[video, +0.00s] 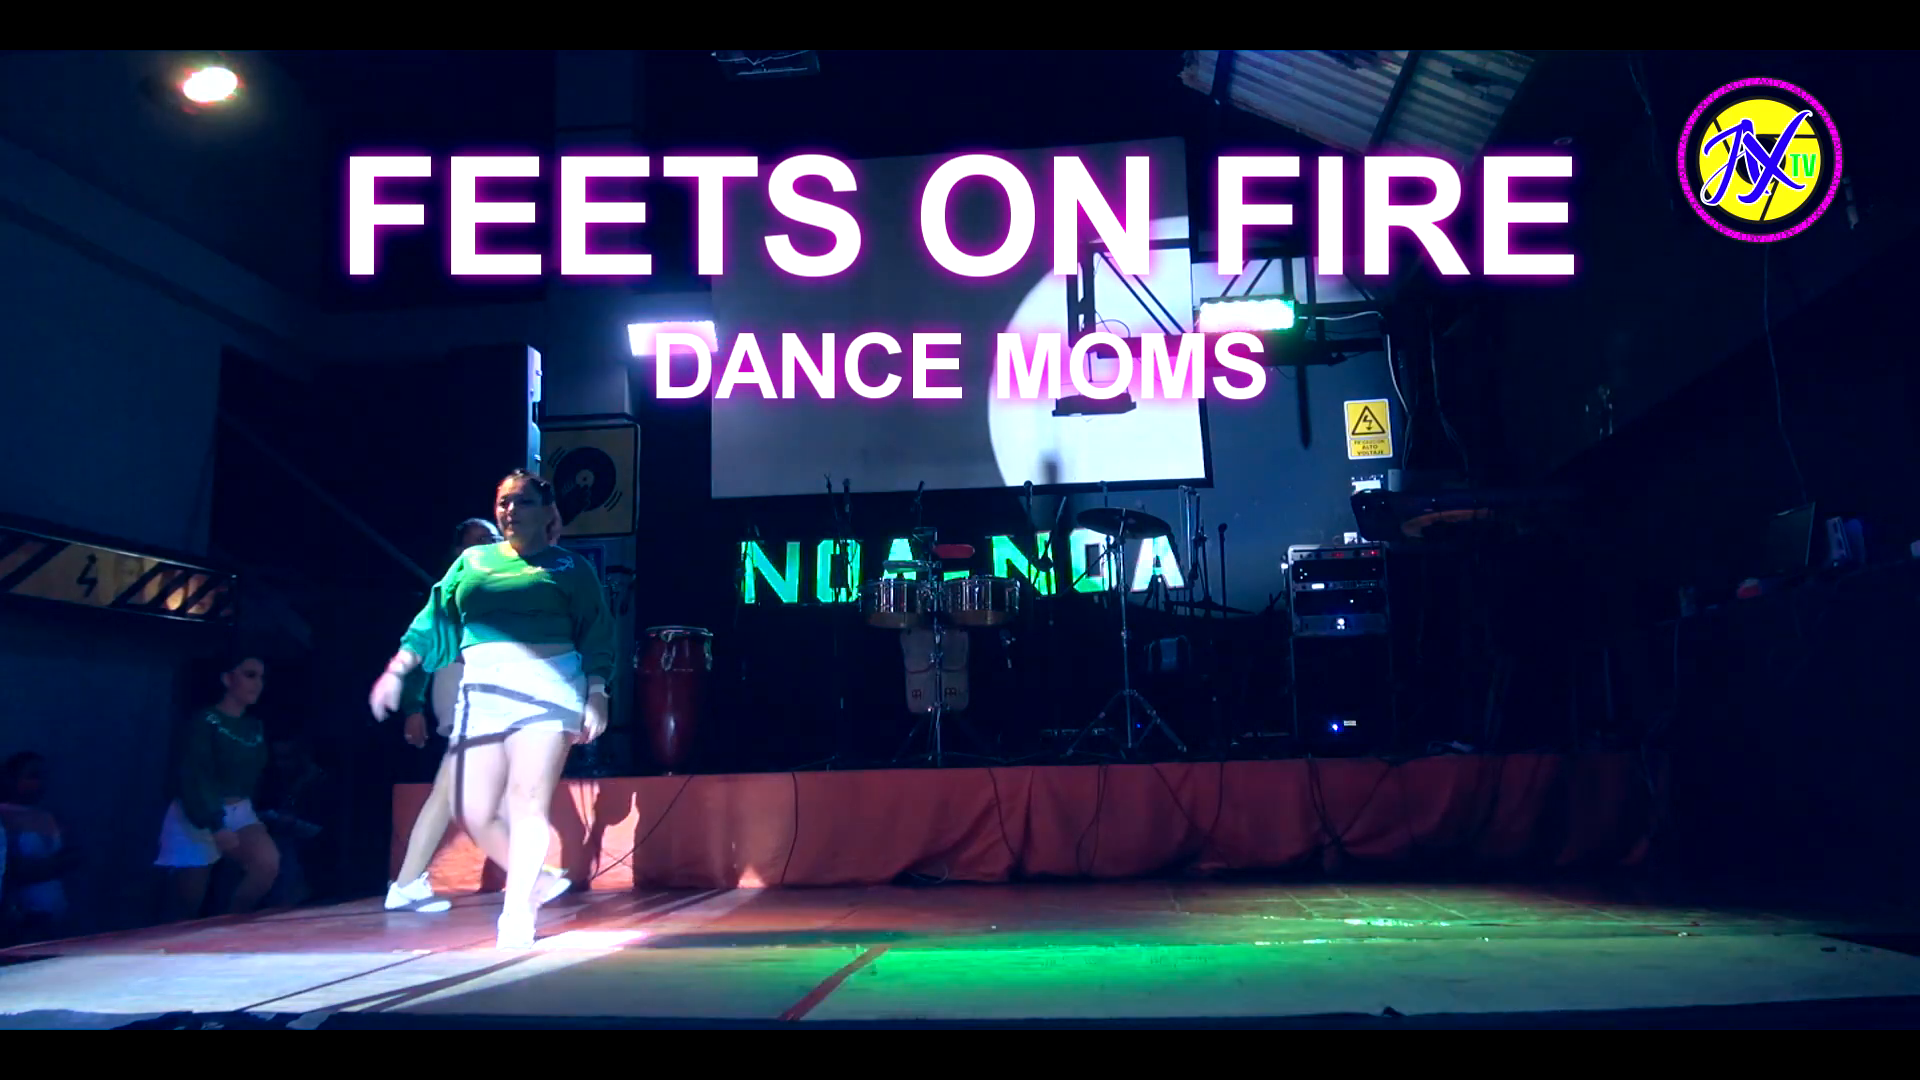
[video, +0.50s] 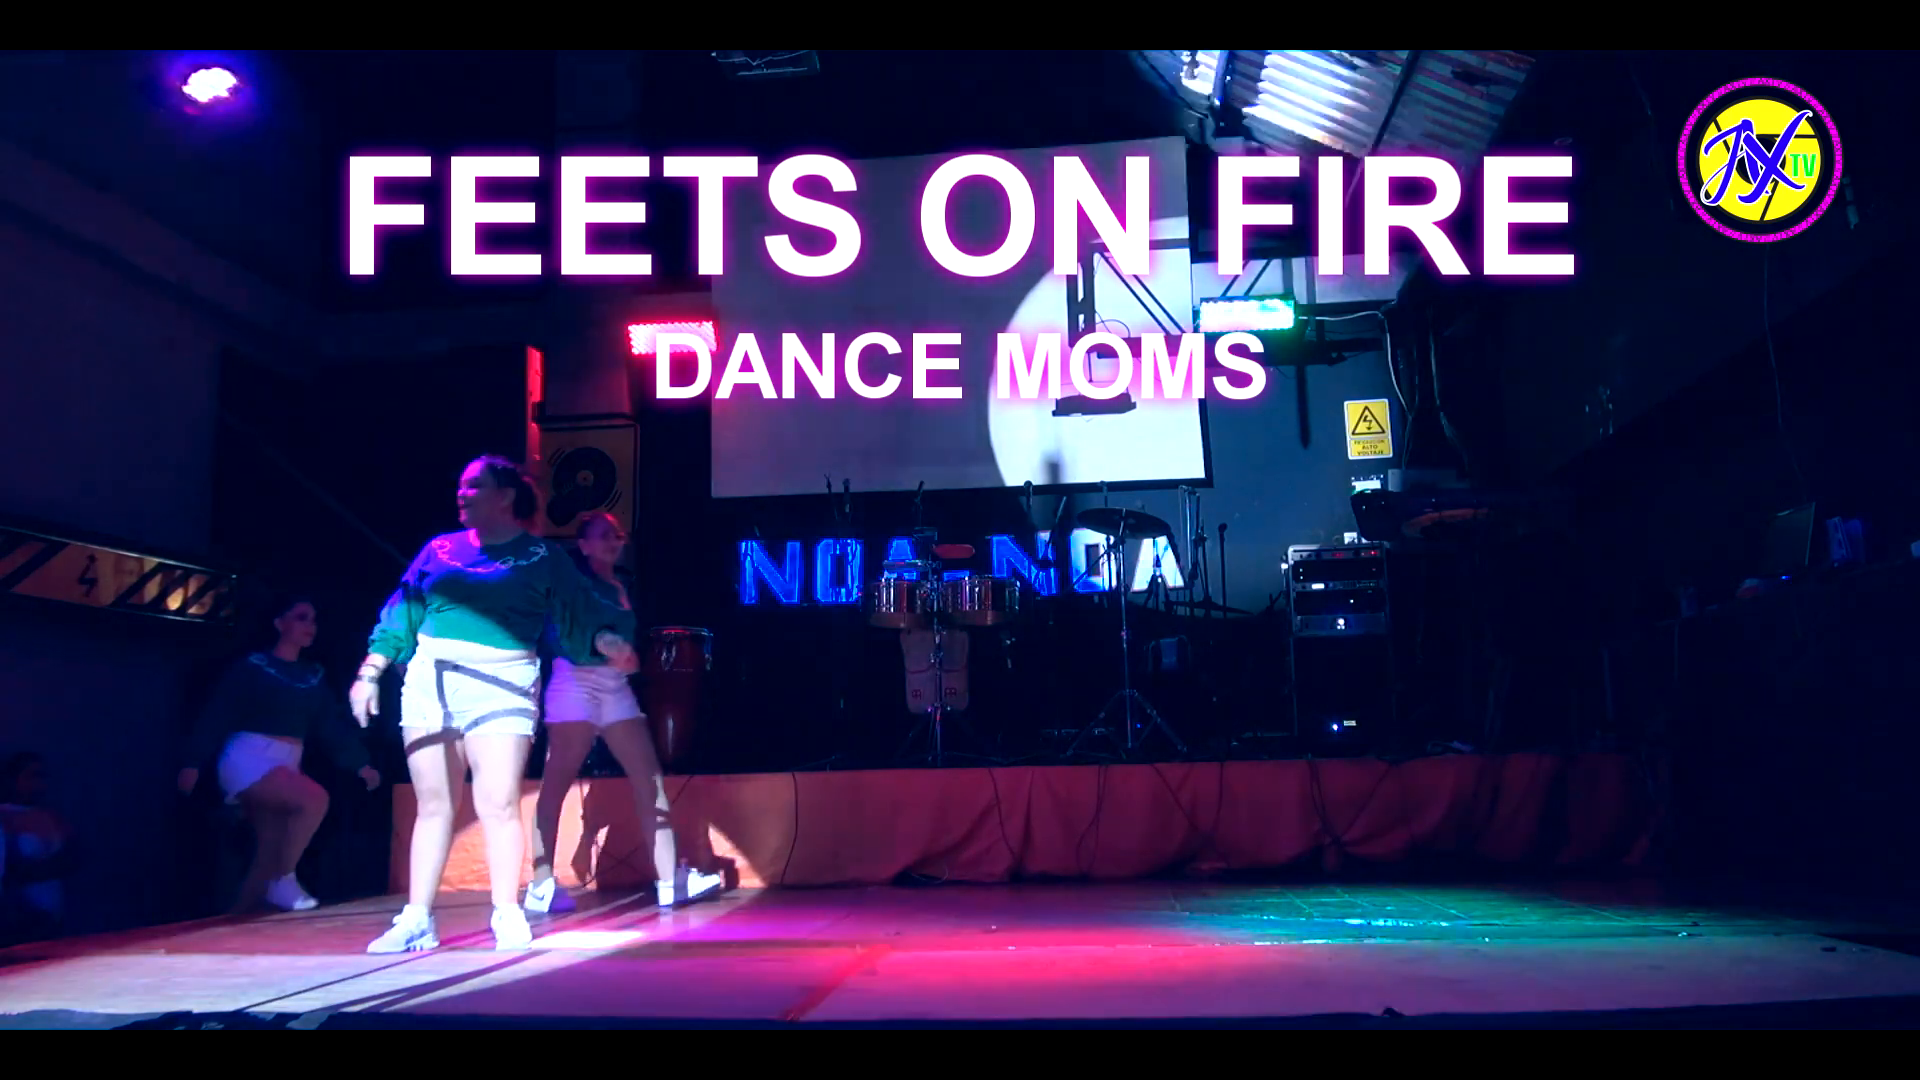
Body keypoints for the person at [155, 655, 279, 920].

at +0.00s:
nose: (257, 684)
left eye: (260, 677)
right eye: (250, 675)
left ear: (263, 683)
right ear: (228, 679)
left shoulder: (254, 729)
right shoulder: (204, 724)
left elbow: (254, 781)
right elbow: (191, 779)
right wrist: (216, 826)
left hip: (239, 810)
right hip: (198, 811)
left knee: (266, 862)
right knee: (189, 897)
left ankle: (232, 926)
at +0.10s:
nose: (271, 667)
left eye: (274, 660)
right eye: (263, 658)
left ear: (278, 667)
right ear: (242, 663)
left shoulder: (270, 713)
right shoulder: (219, 707)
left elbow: (274, 765)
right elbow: (203, 761)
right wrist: (215, 813)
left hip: (254, 800)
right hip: (213, 799)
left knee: (271, 867)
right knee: (205, 885)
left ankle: (232, 926)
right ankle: (179, 941)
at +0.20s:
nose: (282, 653)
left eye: (286, 646)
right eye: (274, 645)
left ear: (289, 654)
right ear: (252, 649)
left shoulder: (283, 701)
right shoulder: (228, 694)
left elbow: (290, 753)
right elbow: (207, 746)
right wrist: (205, 798)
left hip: (268, 785)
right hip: (229, 784)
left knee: (276, 865)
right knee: (240, 871)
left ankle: (240, 926)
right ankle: (201, 931)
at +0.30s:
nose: (291, 642)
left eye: (294, 637)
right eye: (283, 634)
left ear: (296, 646)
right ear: (261, 639)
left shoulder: (292, 693)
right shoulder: (235, 684)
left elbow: (298, 747)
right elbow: (210, 734)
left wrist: (299, 797)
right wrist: (201, 785)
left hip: (276, 777)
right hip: (238, 773)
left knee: (278, 855)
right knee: (276, 839)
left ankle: (241, 921)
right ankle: (213, 889)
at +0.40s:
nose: (301, 633)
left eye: (304, 627)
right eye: (292, 626)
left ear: (306, 636)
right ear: (270, 631)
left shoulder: (303, 685)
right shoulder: (242, 675)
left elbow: (318, 739)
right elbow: (211, 724)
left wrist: (334, 782)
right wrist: (193, 773)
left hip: (280, 771)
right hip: (238, 768)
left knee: (276, 849)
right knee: (304, 805)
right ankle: (251, 873)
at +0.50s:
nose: (310, 626)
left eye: (313, 620)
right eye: (302, 619)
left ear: (315, 627)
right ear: (280, 623)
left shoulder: (313, 677)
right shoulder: (252, 669)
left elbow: (333, 726)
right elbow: (218, 716)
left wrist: (360, 764)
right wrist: (194, 763)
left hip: (288, 762)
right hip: (248, 759)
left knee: (271, 854)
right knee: (314, 800)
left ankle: (239, 924)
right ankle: (284, 881)